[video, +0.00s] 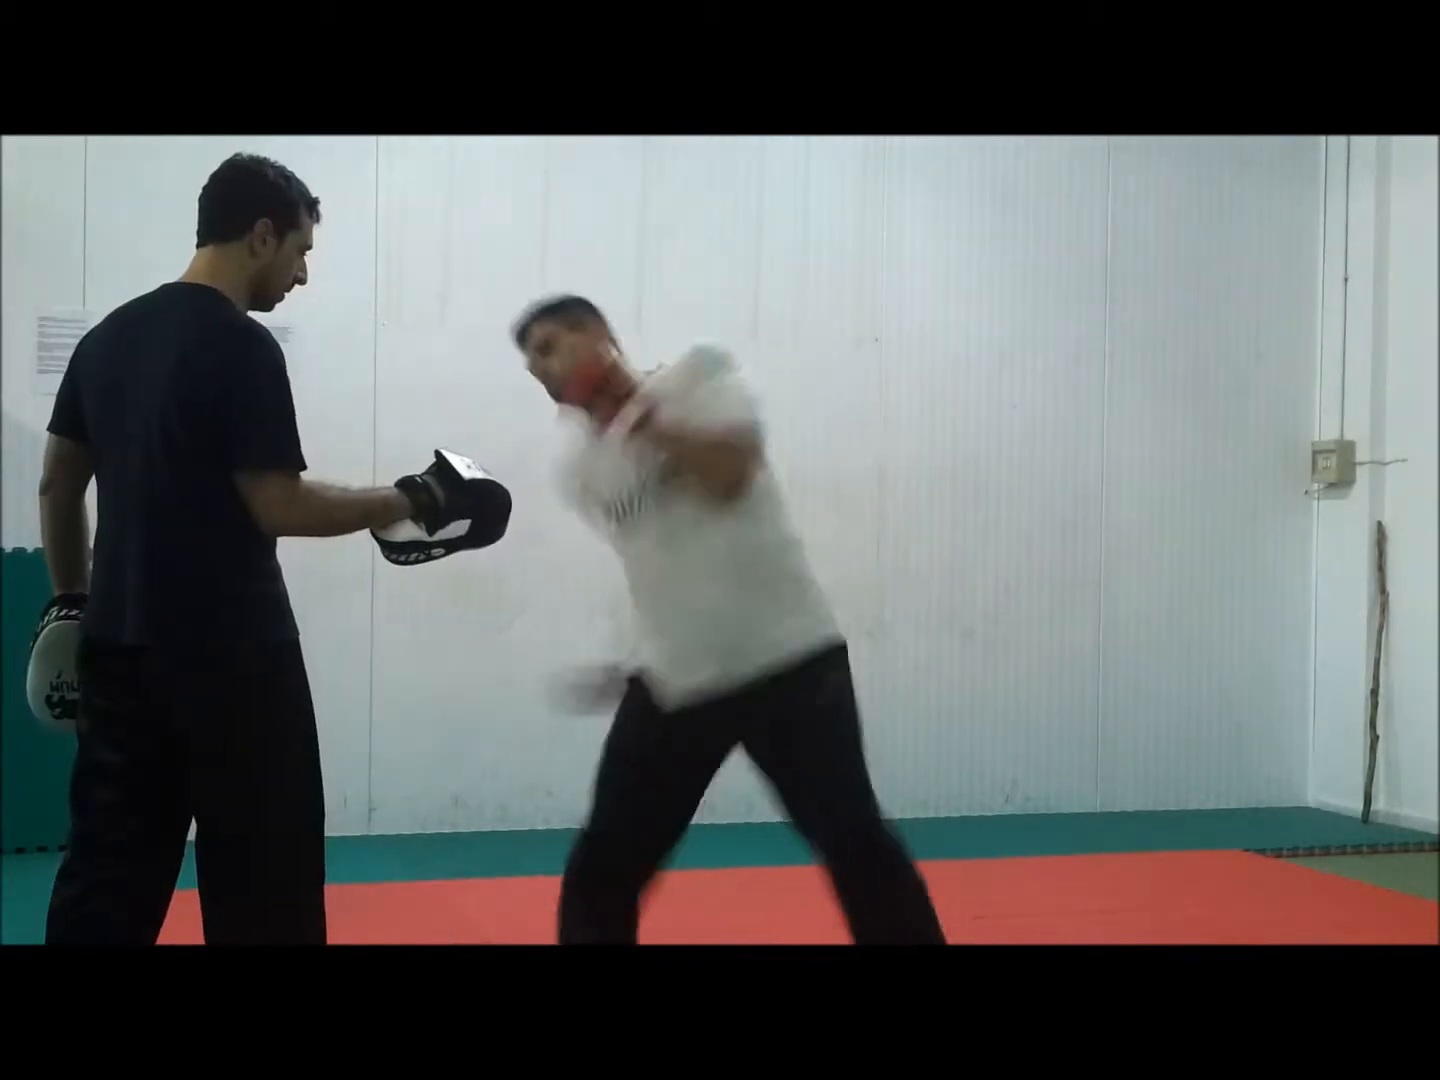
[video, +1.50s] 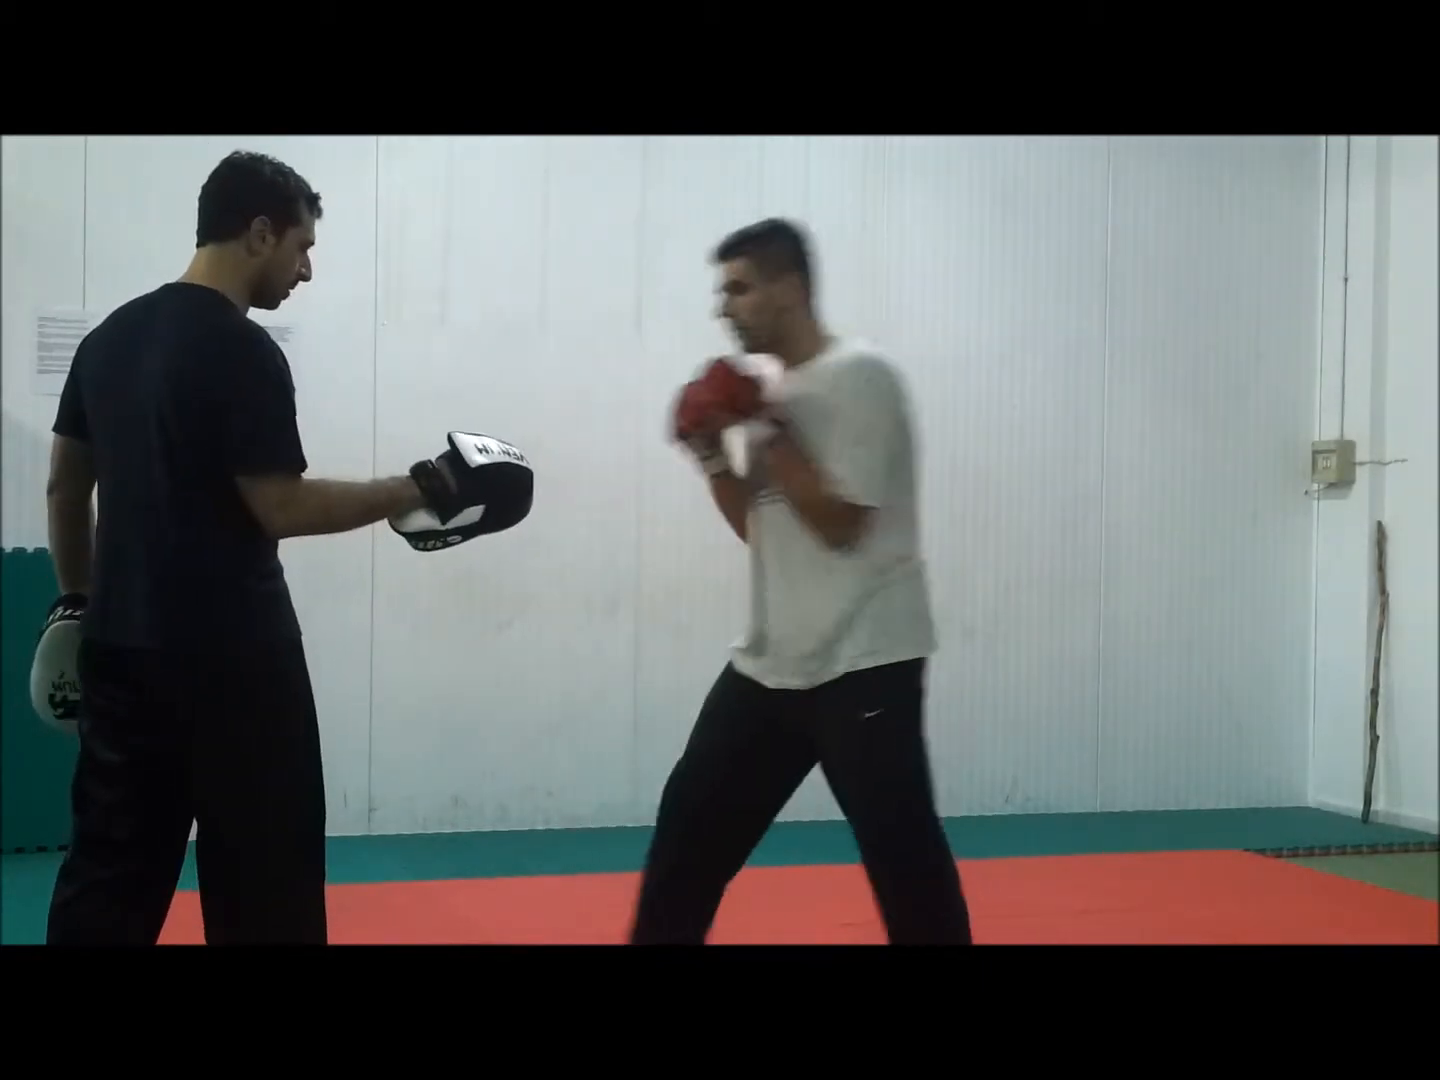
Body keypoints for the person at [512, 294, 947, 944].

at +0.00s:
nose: (542, 371)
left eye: (546, 347)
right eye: (532, 363)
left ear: (598, 333)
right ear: (543, 384)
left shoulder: (698, 376)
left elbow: (734, 473)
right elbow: (667, 569)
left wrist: (653, 424)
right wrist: (636, 666)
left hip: (788, 662)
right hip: (678, 684)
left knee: (858, 849)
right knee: (600, 878)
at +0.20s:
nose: (514, 358)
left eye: (518, 337)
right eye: (500, 361)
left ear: (561, 329)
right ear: (508, 384)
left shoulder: (669, 383)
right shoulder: (535, 448)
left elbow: (741, 477)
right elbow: (586, 570)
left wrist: (645, 413)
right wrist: (601, 466)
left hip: (760, 638)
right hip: (646, 667)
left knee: (863, 799)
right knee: (601, 862)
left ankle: (867, 938)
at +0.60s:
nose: (538, 327)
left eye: (550, 305)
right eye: (533, 311)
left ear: (605, 296)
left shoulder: (687, 369)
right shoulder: (598, 405)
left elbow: (711, 506)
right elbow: (632, 539)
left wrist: (606, 438)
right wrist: (564, 518)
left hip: (749, 640)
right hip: (652, 657)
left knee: (824, 829)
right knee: (605, 844)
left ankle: (897, 941)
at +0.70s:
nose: (601, 314)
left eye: (616, 295)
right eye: (599, 299)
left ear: (668, 291)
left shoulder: (747, 376)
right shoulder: (648, 398)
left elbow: (756, 519)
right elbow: (657, 530)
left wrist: (679, 449)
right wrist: (600, 478)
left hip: (775, 659)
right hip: (677, 666)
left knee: (844, 841)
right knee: (614, 868)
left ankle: (916, 944)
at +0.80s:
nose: (654, 313)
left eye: (670, 294)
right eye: (652, 297)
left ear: (721, 294)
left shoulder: (798, 385)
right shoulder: (683, 401)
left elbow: (799, 528)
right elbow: (682, 533)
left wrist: (714, 454)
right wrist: (636, 487)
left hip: (802, 669)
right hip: (698, 674)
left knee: (864, 856)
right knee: (621, 874)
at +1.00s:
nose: (751, 291)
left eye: (769, 274)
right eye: (750, 276)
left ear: (826, 278)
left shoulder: (894, 379)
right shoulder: (760, 385)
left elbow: (884, 522)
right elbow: (739, 524)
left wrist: (808, 417)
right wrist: (717, 446)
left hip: (870, 657)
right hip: (762, 656)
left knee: (909, 851)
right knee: (678, 823)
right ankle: (641, 943)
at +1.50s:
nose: (723, 307)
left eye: (737, 289)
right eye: (721, 292)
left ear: (791, 287)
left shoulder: (862, 377)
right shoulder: (772, 398)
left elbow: (841, 528)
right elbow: (760, 532)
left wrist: (768, 432)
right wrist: (710, 452)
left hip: (867, 660)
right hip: (776, 658)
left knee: (904, 855)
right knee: (690, 829)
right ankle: (656, 947)